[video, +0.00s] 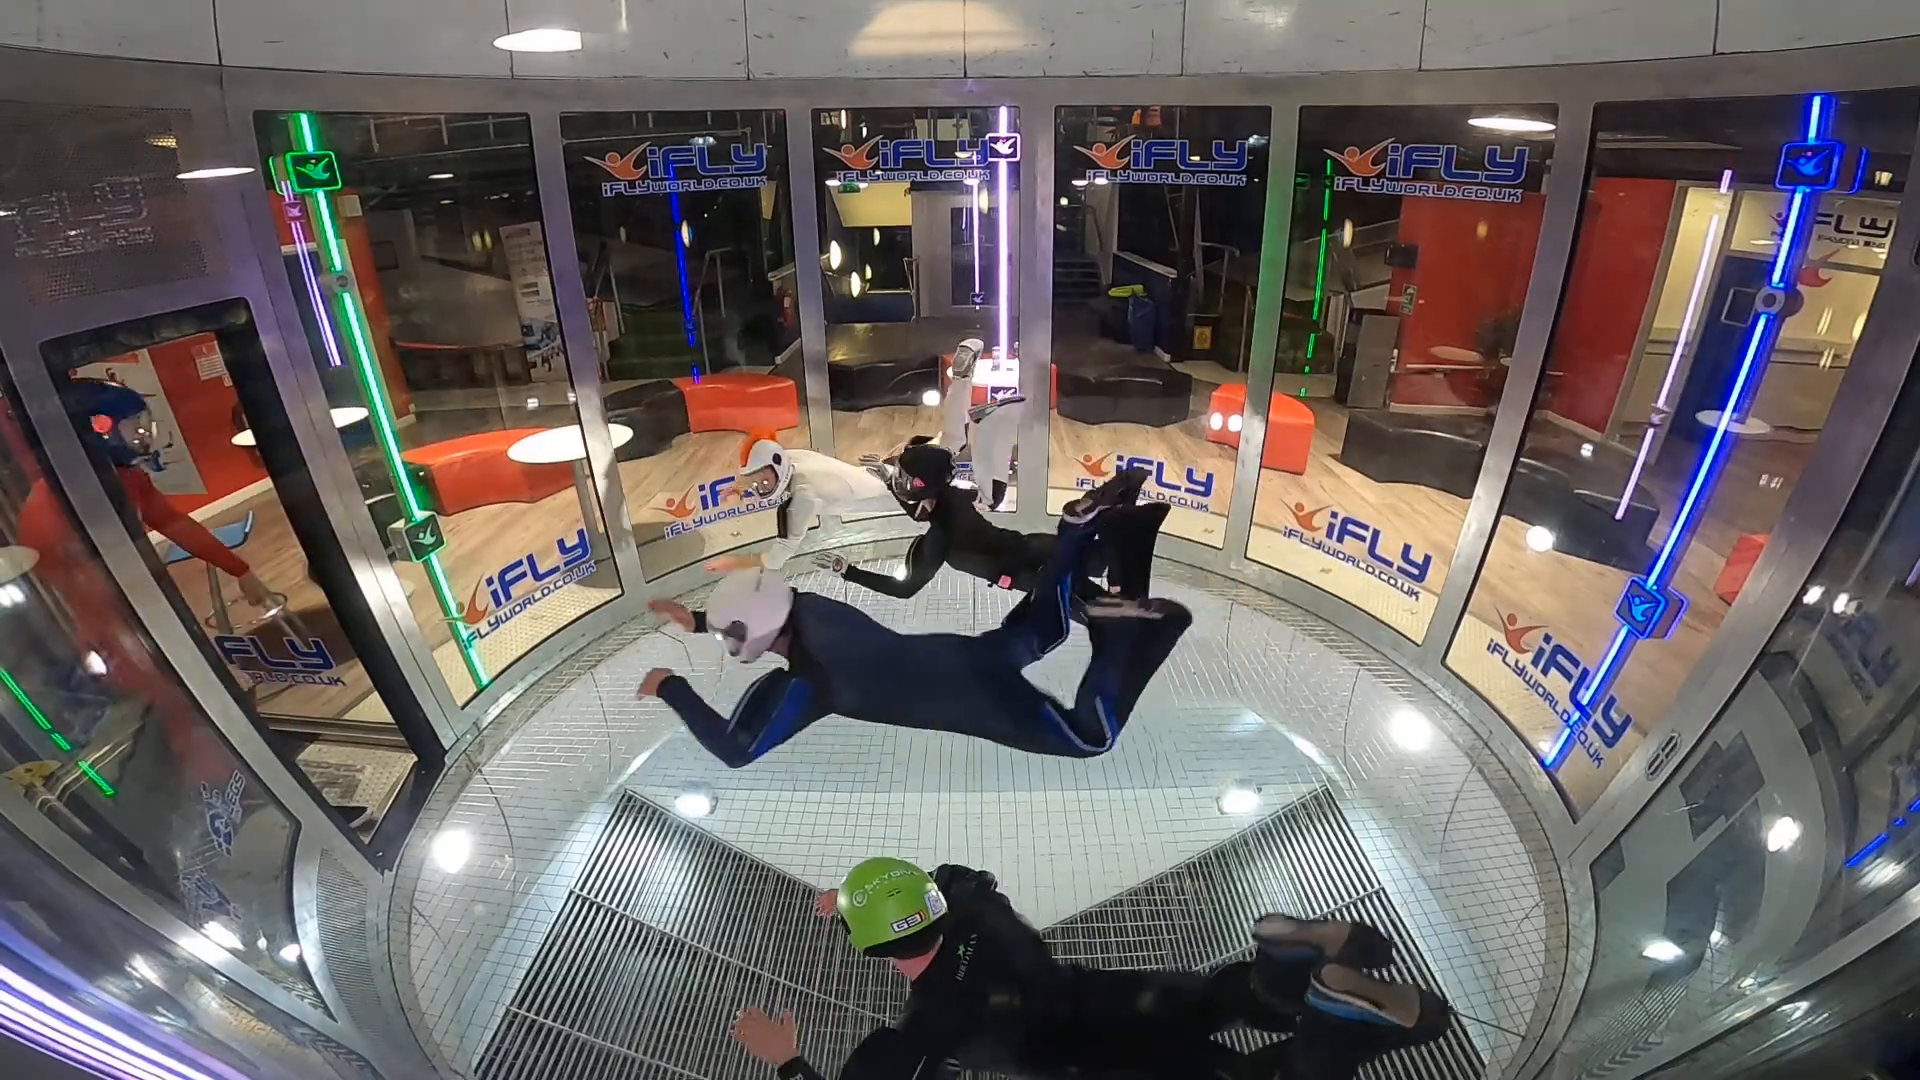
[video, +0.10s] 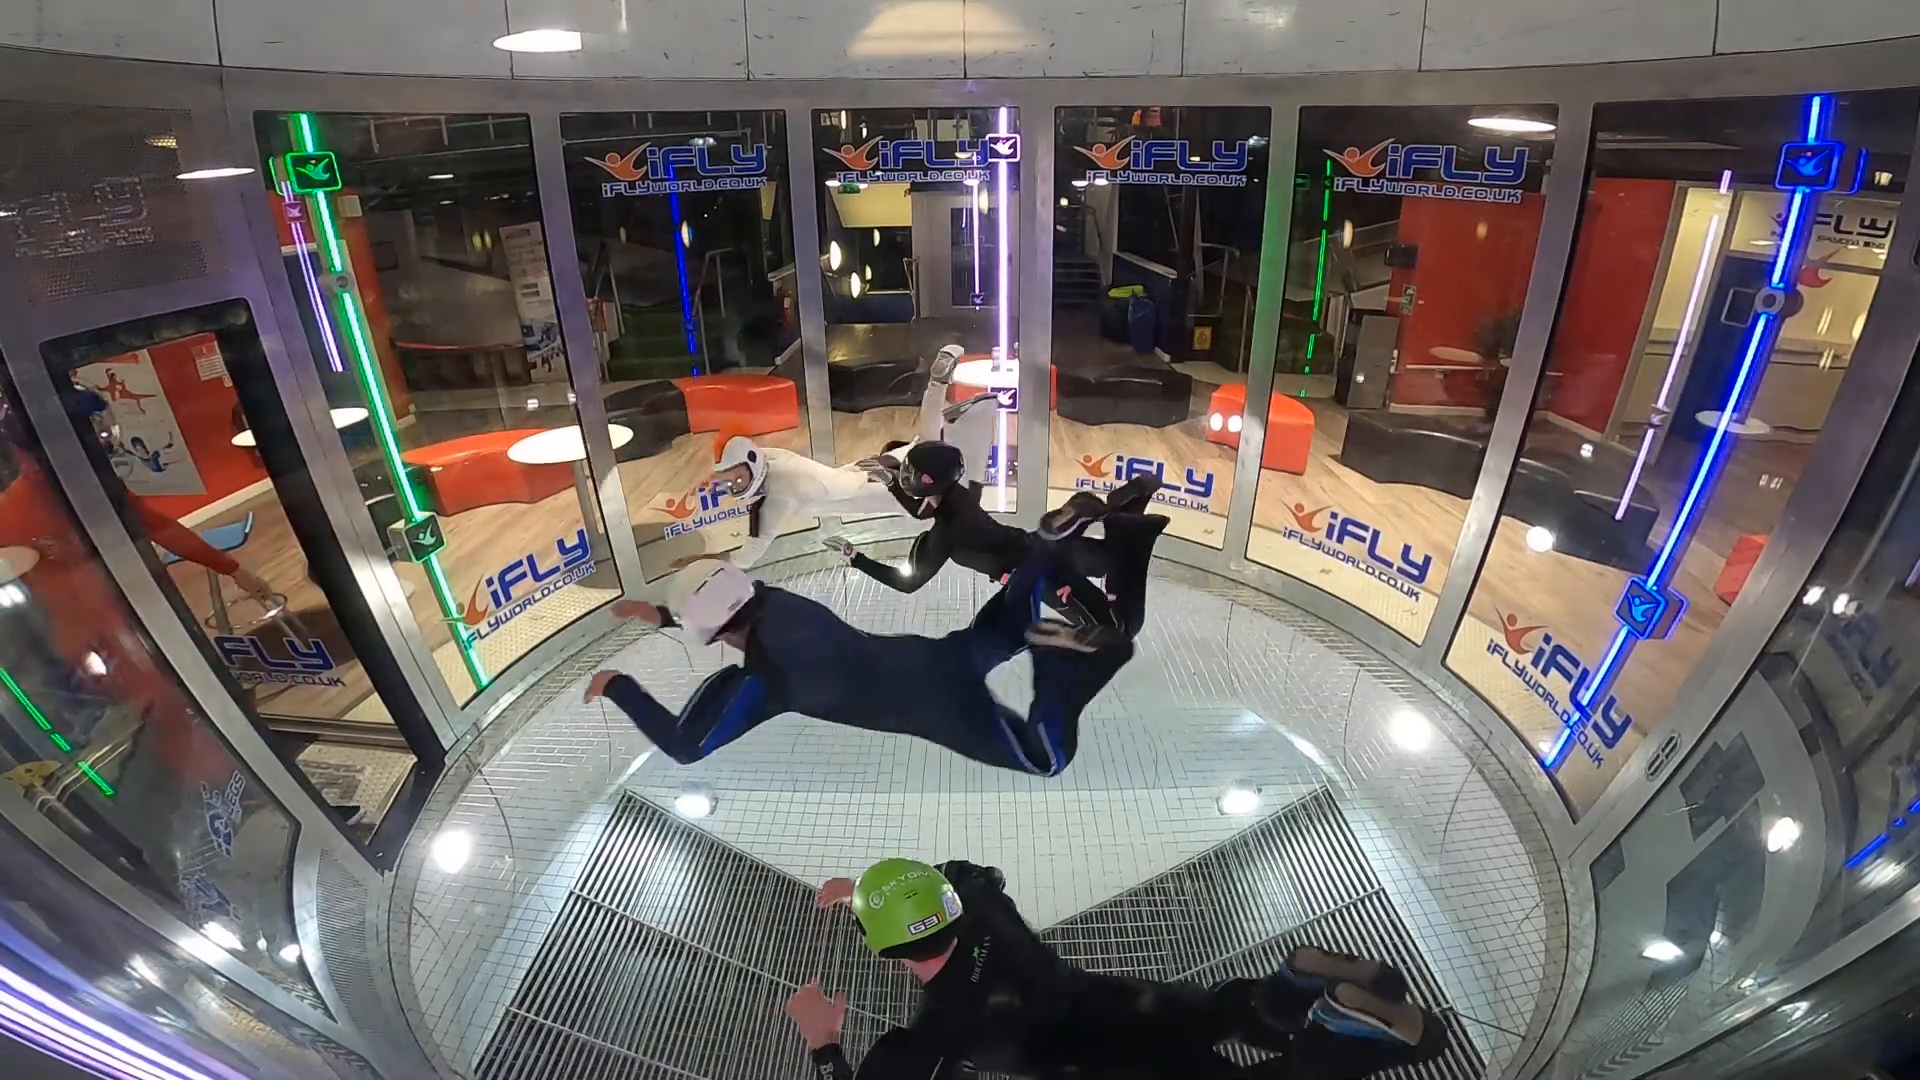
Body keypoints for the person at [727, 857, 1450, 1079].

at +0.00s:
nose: (880, 964)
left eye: (882, 954)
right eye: (875, 954)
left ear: (912, 951)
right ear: (928, 915)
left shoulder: (930, 1016)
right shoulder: (972, 898)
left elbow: (859, 1078)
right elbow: (931, 885)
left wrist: (787, 1059)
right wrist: (856, 900)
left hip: (1088, 1052)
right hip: (1096, 987)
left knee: (1218, 1061)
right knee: (1199, 995)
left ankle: (1337, 1025)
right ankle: (1289, 960)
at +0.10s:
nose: (902, 961)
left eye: (903, 954)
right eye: (894, 951)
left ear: (919, 954)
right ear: (941, 904)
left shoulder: (944, 1022)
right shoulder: (979, 892)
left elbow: (875, 1076)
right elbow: (937, 881)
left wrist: (822, 1043)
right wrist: (869, 894)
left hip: (1102, 1052)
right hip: (1114, 994)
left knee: (1219, 1059)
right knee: (1211, 1006)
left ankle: (1347, 1043)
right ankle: (1302, 987)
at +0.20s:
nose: (914, 965)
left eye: (913, 956)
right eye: (915, 953)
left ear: (933, 956)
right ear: (968, 905)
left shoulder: (979, 1018)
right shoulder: (1002, 904)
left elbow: (882, 1072)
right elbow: (967, 881)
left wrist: (862, 1021)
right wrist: (890, 898)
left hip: (1139, 1053)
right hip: (1150, 1005)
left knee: (1266, 1048)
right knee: (1248, 1012)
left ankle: (1373, 1028)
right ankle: (1349, 984)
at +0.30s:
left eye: (949, 950)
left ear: (962, 962)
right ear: (1000, 909)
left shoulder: (995, 1021)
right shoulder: (1034, 907)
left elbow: (903, 1072)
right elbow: (1010, 872)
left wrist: (865, 1025)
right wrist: (933, 890)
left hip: (1134, 1055)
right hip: (1151, 1001)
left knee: (1258, 1046)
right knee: (1249, 1009)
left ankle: (1367, 1031)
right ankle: (1359, 981)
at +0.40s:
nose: (976, 964)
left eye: (978, 956)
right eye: (976, 952)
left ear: (1001, 962)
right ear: (1030, 908)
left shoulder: (1022, 1021)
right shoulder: (1058, 906)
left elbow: (948, 1079)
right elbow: (1032, 863)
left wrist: (869, 1060)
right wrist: (964, 900)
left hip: (1160, 1047)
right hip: (1175, 989)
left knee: (1272, 1057)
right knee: (1270, 1000)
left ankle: (1358, 1044)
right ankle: (1377, 973)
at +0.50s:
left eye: (997, 941)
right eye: (1019, 926)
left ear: (1011, 954)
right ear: (1042, 917)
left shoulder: (1041, 1021)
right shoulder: (1078, 912)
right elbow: (1056, 859)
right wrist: (976, 874)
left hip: (1189, 1027)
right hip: (1197, 1001)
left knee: (1297, 1048)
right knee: (1300, 984)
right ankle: (1419, 956)